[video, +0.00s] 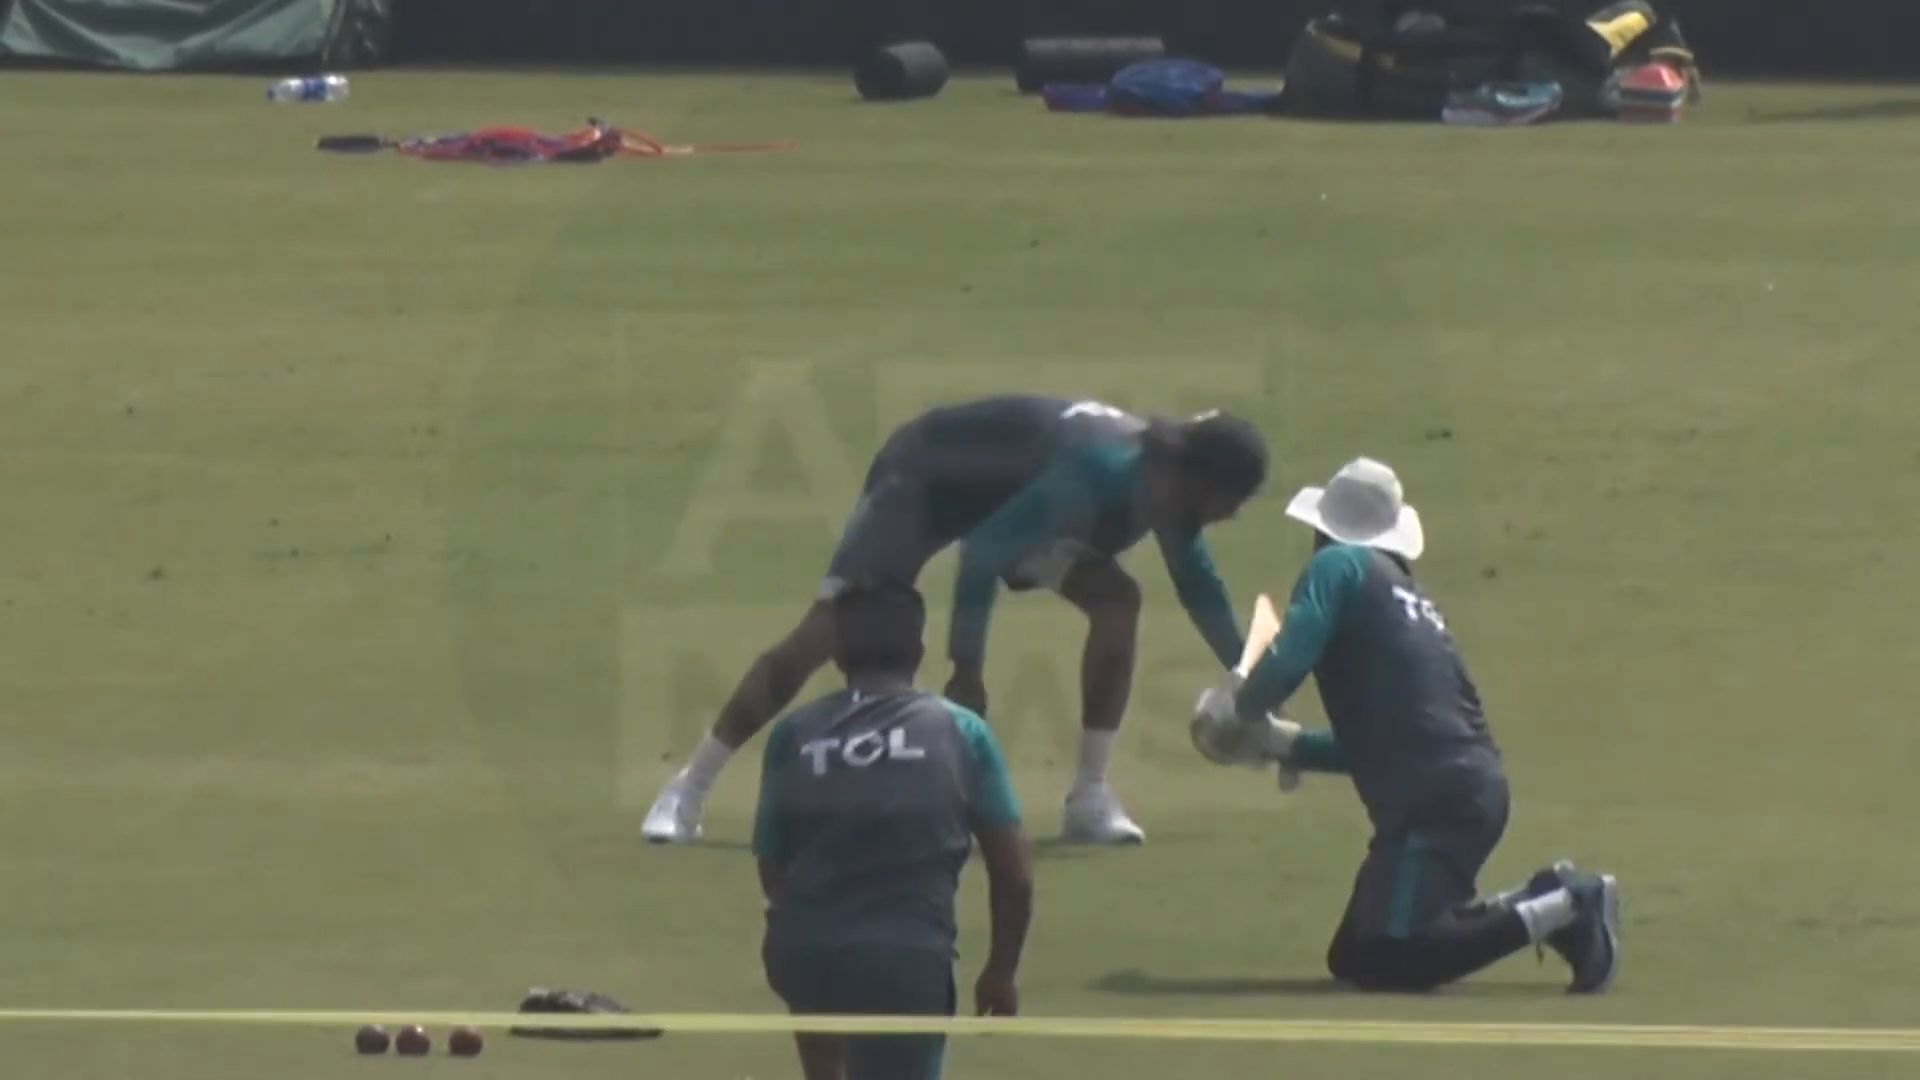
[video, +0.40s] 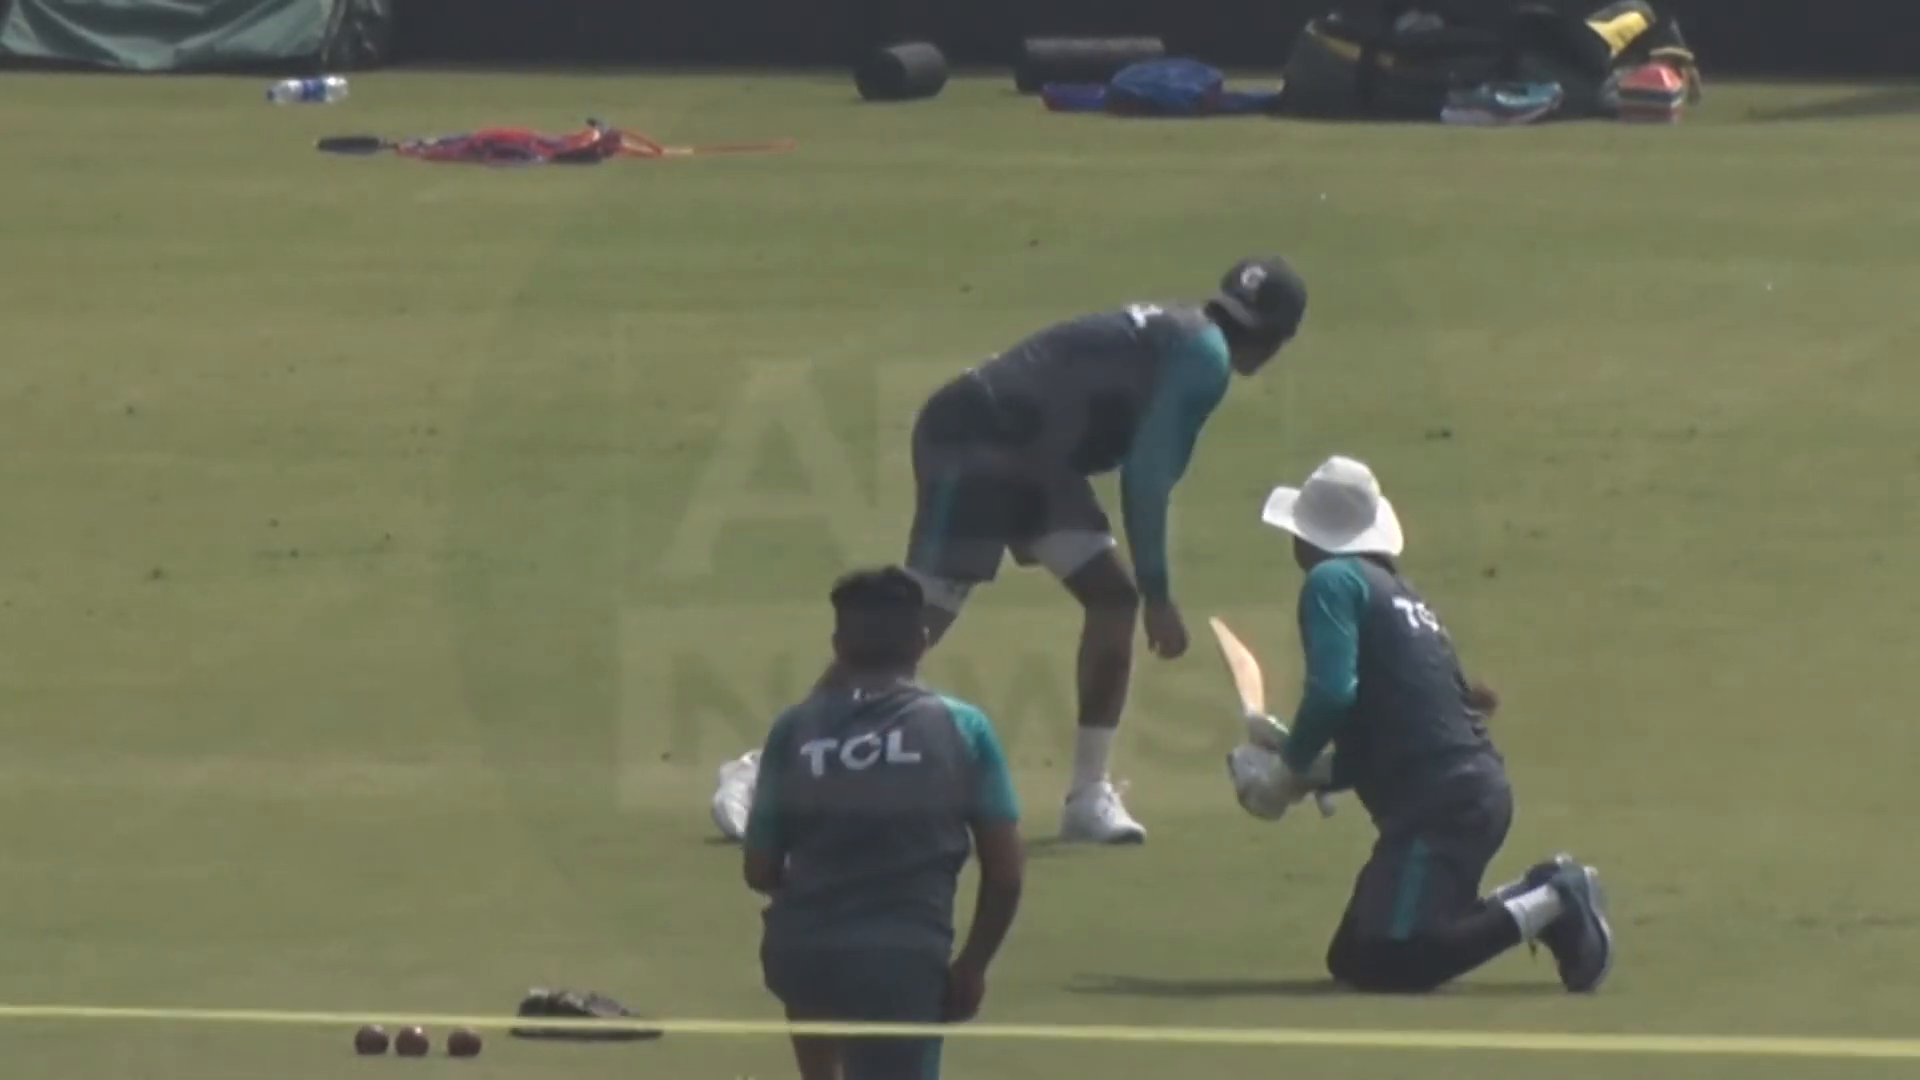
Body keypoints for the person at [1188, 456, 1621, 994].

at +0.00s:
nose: (1312, 536)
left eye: (1318, 528)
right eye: (1314, 527)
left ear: (1333, 528)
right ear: (1384, 532)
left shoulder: (1338, 564)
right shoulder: (1399, 592)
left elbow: (1286, 666)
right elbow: (1385, 750)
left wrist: (1238, 707)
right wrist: (1286, 743)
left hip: (1441, 796)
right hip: (1451, 791)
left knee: (1378, 962)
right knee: (1355, 957)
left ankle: (1561, 909)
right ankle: (1533, 906)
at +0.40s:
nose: (1294, 541)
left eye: (1298, 531)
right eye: (1295, 530)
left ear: (1314, 535)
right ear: (1364, 533)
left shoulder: (1333, 580)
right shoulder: (1389, 589)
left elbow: (1333, 693)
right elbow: (1394, 739)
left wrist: (1292, 767)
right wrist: (1303, 774)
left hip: (1447, 801)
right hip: (1448, 798)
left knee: (1383, 966)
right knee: (1355, 959)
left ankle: (1549, 902)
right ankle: (1534, 899)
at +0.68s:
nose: (1304, 556)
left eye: (1309, 545)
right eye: (1305, 544)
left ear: (1329, 551)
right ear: (1375, 543)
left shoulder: (1369, 602)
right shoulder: (1404, 599)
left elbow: (1382, 727)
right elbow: (1407, 751)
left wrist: (1318, 795)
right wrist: (1327, 766)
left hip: (1473, 816)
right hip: (1466, 814)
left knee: (1378, 969)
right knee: (1355, 961)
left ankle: (1547, 904)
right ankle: (1540, 902)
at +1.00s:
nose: (1364, 562)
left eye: (1371, 552)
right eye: (1366, 551)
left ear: (1398, 560)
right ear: (1426, 558)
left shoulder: (1439, 622)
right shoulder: (1443, 618)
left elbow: (1460, 741)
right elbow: (1442, 760)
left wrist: (1379, 801)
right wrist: (1375, 770)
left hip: (1504, 847)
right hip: (1478, 843)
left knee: (1385, 969)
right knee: (1356, 958)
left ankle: (1556, 910)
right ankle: (1543, 908)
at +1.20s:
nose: (1407, 556)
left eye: (1421, 543)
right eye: (1410, 541)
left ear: (1463, 557)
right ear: (1462, 558)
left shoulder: (1492, 628)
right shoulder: (1472, 627)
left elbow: (1517, 744)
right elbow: (1483, 760)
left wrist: (1420, 804)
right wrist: (1416, 776)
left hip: (1523, 854)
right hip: (1489, 850)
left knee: (1392, 967)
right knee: (1358, 955)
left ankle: (1565, 913)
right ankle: (1546, 912)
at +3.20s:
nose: (1389, 583)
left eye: (1393, 571)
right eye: (1389, 570)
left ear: (1413, 578)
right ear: (1456, 571)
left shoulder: (1459, 637)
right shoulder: (1463, 634)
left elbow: (1477, 760)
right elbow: (1461, 773)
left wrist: (1396, 828)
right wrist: (1396, 793)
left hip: (1519, 858)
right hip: (1482, 855)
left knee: (1416, 968)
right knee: (1359, 956)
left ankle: (1577, 915)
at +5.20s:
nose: (1418, 587)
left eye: (1436, 571)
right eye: (1409, 573)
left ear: (1473, 578)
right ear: (1397, 579)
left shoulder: (1493, 653)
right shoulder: (1434, 646)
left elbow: (1499, 783)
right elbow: (1450, 767)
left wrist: (1409, 819)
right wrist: (1399, 776)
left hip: (1528, 860)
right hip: (1469, 856)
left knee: (1416, 970)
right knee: (1357, 959)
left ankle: (1578, 919)